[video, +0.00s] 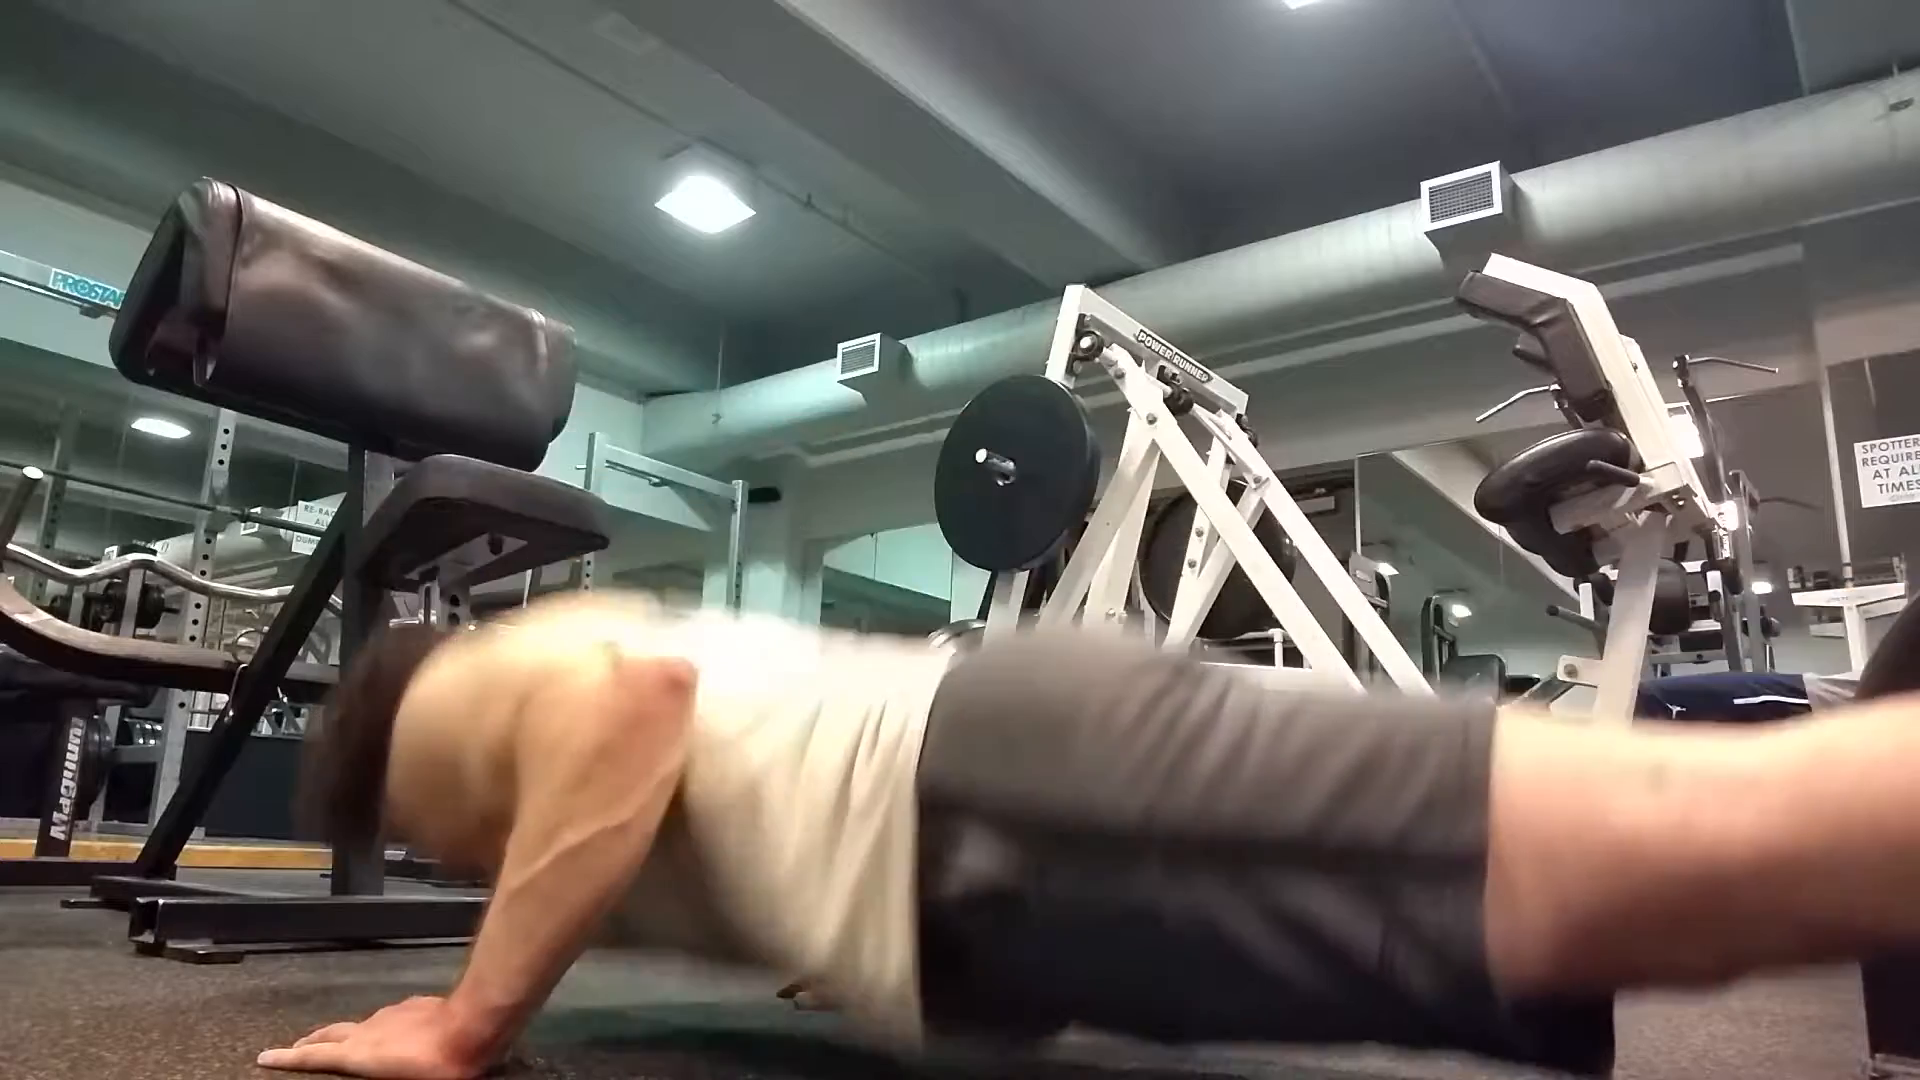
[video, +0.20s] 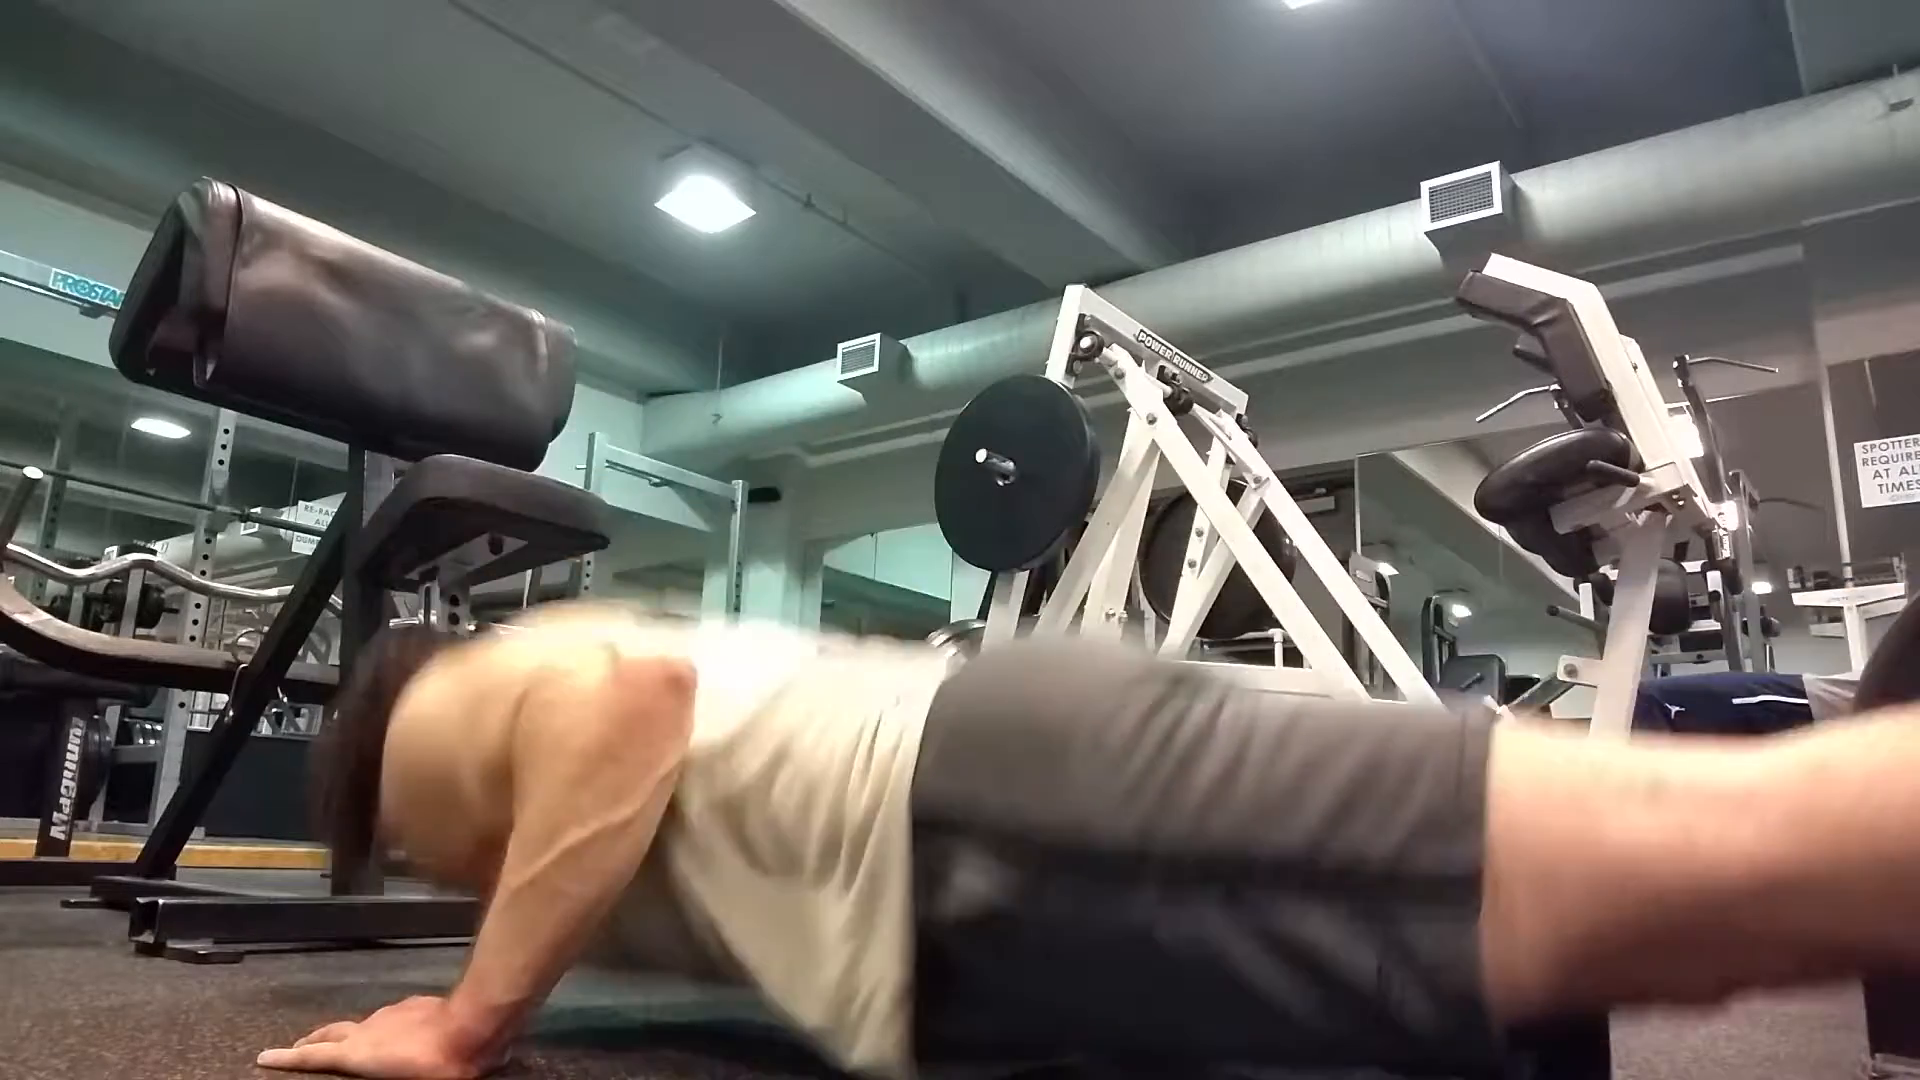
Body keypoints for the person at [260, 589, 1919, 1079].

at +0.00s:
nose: (417, 829)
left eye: (396, 805)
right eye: (408, 815)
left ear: (397, 707)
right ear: (488, 624)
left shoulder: (457, 689)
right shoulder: (602, 674)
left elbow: (634, 699)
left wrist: (460, 1017)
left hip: (998, 806)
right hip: (1007, 817)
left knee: (1689, 860)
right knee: (1685, 849)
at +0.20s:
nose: (420, 863)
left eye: (396, 843)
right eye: (414, 848)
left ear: (388, 756)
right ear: (463, 695)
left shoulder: (435, 714)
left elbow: (634, 698)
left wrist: (458, 1017)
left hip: (984, 831)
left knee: (1757, 857)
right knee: (1740, 867)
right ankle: (1870, 930)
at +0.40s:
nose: (426, 598)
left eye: (408, 559)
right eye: (412, 585)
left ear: (417, 458)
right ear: (534, 399)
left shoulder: (527, 435)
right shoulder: (707, 451)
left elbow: (615, 664)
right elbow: (909, 689)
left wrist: (470, 1011)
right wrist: (929, 957)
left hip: (1047, 600)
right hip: (1062, 670)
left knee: (1783, 719)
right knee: (1759, 768)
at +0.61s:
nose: (424, 588)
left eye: (407, 551)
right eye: (408, 576)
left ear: (431, 449)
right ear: (543, 401)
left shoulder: (532, 450)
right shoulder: (721, 466)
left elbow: (625, 664)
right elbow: (968, 726)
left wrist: (469, 1013)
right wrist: (926, 973)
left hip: (1039, 600)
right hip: (1056, 638)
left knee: (1748, 727)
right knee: (1731, 760)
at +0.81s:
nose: (412, 819)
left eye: (393, 795)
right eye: (404, 807)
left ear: (395, 700)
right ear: (495, 618)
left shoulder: (451, 685)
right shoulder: (608, 666)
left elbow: (633, 699)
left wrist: (462, 1014)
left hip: (995, 806)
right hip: (1005, 846)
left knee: (1723, 859)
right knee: (1712, 857)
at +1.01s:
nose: (418, 825)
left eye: (398, 798)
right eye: (410, 813)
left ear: (402, 694)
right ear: (505, 619)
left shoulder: (451, 688)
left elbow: (639, 697)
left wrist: (463, 1011)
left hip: (986, 821)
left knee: (1757, 856)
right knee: (1737, 863)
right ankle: (1871, 931)